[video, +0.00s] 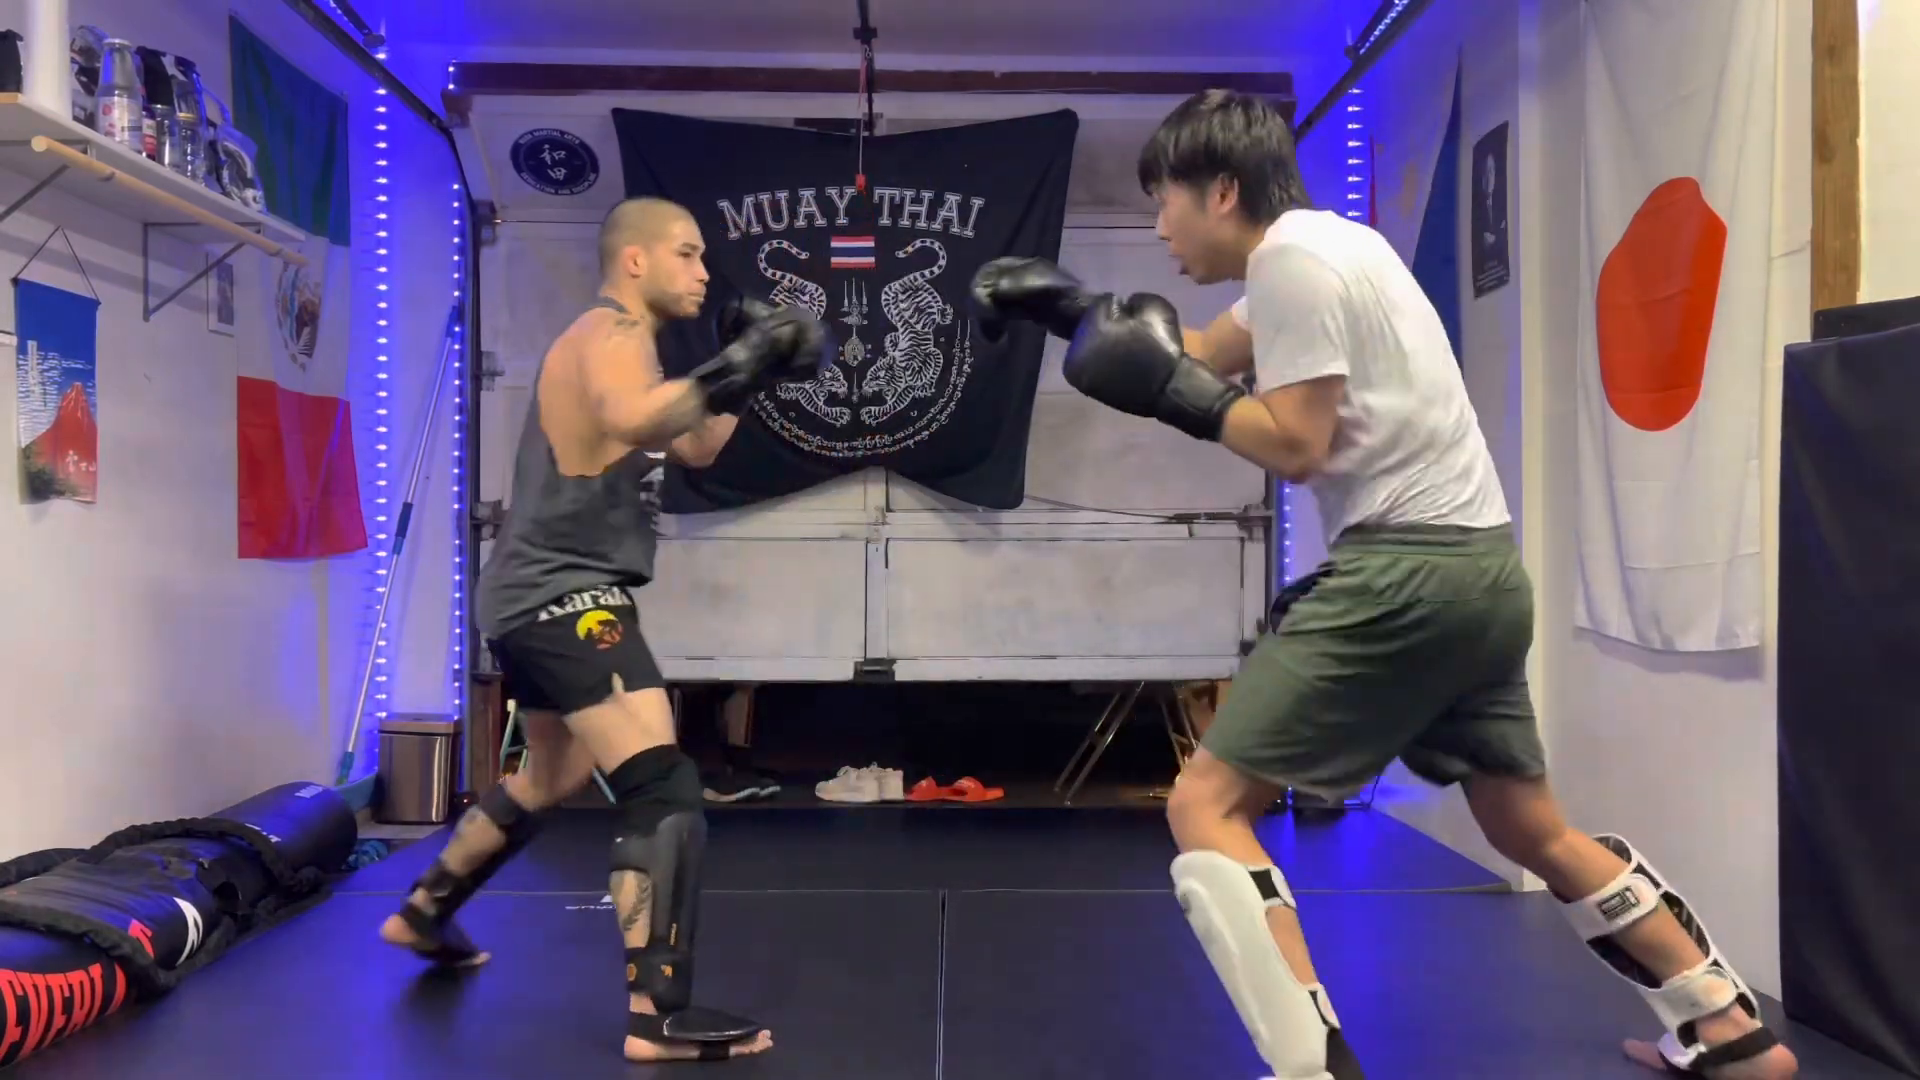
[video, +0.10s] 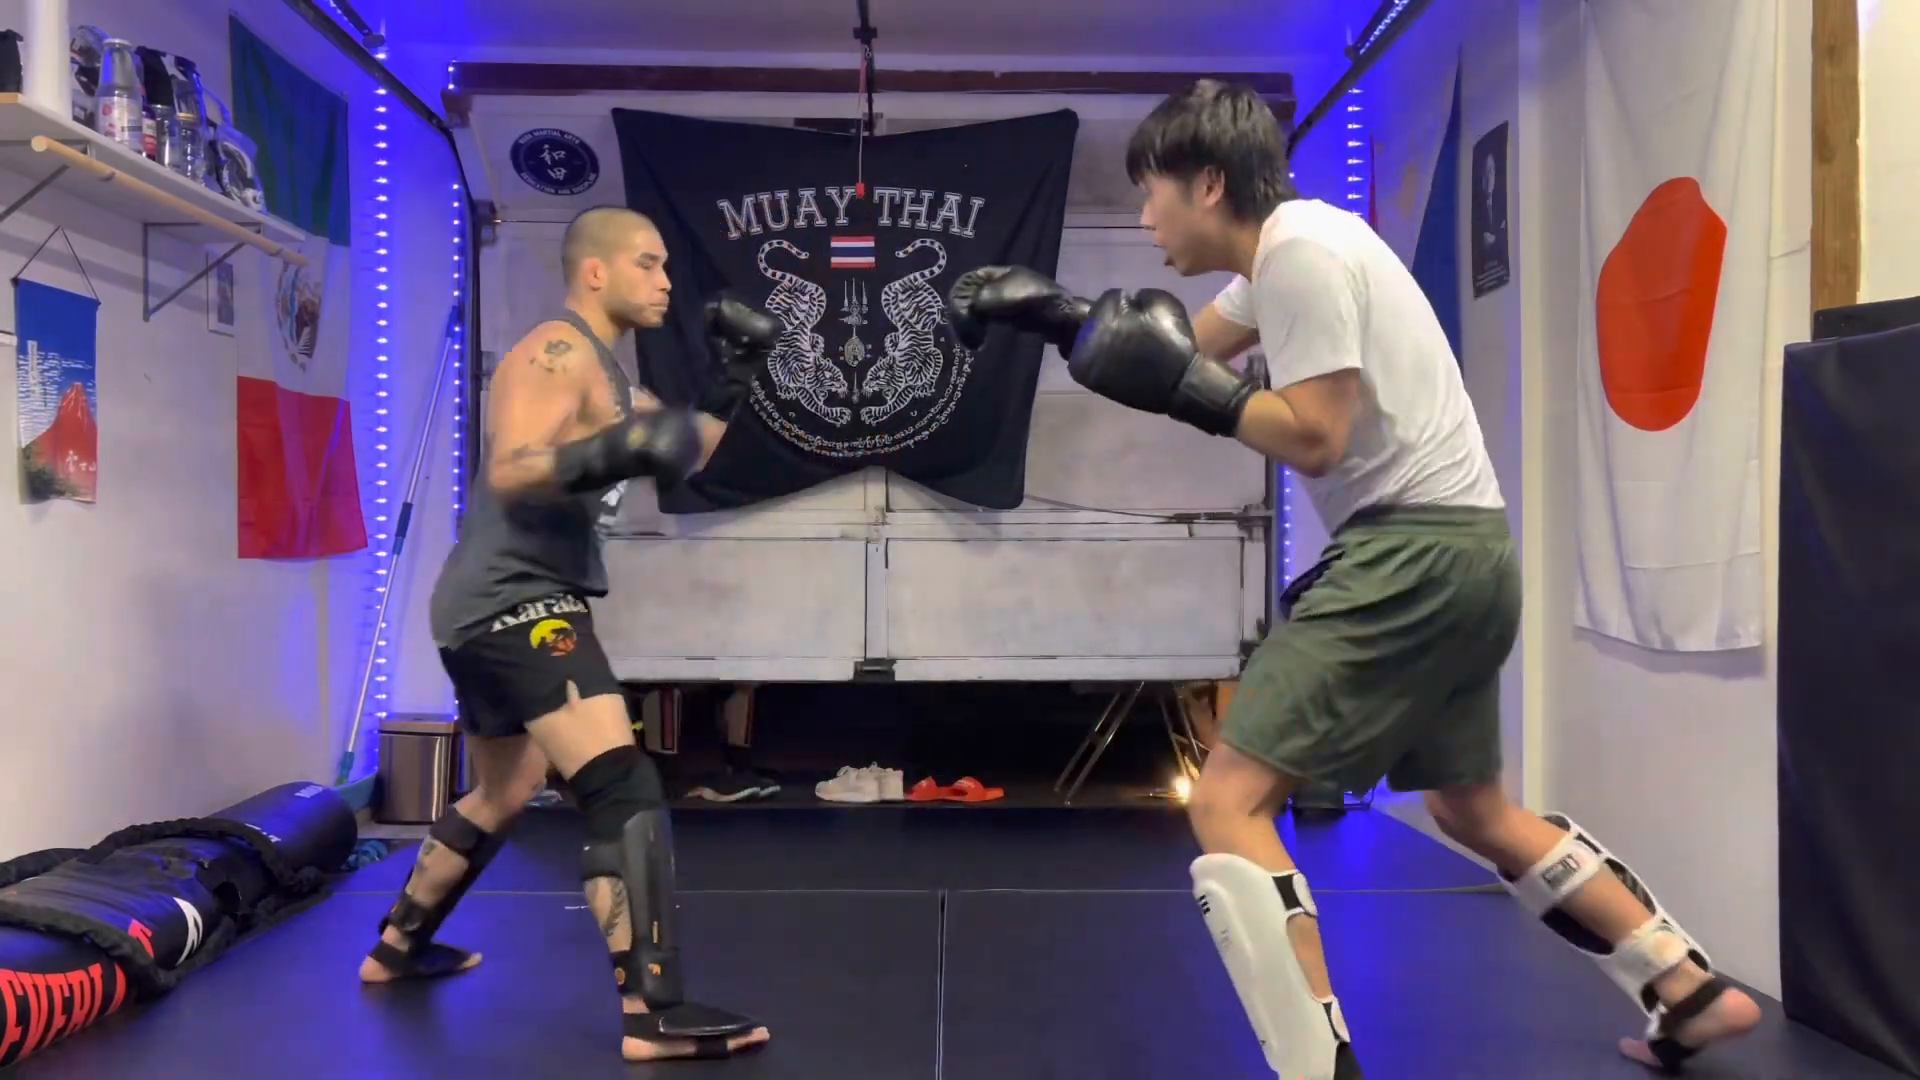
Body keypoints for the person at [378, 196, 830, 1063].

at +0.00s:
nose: (703, 271)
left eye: (702, 257)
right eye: (688, 255)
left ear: (634, 269)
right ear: (634, 260)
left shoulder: (628, 351)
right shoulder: (607, 336)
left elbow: (699, 447)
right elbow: (634, 418)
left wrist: (748, 370)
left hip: (539, 596)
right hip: (565, 595)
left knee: (550, 776)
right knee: (662, 789)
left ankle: (424, 913)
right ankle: (658, 1014)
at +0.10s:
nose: (664, 280)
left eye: (664, 266)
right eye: (649, 264)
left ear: (607, 277)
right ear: (593, 272)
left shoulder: (606, 369)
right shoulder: (553, 352)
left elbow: (682, 458)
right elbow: (508, 471)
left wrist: (730, 377)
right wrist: (618, 449)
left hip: (498, 602)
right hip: (517, 597)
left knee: (503, 791)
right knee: (621, 785)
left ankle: (397, 945)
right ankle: (653, 1009)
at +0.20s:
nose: (633, 275)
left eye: (634, 261)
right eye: (617, 258)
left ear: (586, 272)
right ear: (559, 267)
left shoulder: (585, 376)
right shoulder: (514, 345)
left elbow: (646, 460)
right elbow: (446, 455)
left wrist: (696, 390)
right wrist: (542, 480)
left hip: (506, 597)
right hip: (497, 594)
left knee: (498, 789)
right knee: (598, 775)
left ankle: (396, 949)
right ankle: (630, 1005)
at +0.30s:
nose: (609, 254)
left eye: (609, 238)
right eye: (593, 236)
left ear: (552, 246)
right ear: (535, 240)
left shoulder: (555, 340)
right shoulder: (489, 320)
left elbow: (615, 446)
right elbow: (455, 437)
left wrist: (676, 379)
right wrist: (555, 398)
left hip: (507, 576)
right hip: (494, 575)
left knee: (477, 781)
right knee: (586, 774)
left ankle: (396, 942)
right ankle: (555, 1006)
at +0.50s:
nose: (580, 256)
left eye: (579, 240)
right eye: (563, 239)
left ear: (517, 253)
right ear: (505, 247)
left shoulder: (519, 348)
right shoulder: (478, 331)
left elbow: (606, 453)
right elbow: (559, 415)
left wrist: (662, 373)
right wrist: (620, 314)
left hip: (473, 606)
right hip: (491, 601)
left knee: (469, 794)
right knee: (596, 802)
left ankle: (396, 948)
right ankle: (522, 1041)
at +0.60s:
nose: (575, 236)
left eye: (573, 220)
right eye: (558, 219)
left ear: (503, 230)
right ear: (501, 224)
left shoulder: (498, 316)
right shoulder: (480, 304)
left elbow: (555, 460)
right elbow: (536, 427)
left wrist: (632, 400)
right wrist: (620, 345)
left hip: (458, 580)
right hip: (491, 577)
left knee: (448, 787)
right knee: (573, 797)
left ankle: (392, 951)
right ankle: (520, 1039)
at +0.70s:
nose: (566, 224)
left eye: (563, 207)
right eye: (551, 206)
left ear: (490, 215)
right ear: (499, 212)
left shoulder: (454, 299)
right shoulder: (484, 297)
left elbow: (496, 427)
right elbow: (497, 421)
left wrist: (596, 381)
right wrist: (612, 381)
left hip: (439, 566)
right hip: (491, 561)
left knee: (456, 780)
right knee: (524, 786)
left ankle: (373, 967)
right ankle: (515, 1034)